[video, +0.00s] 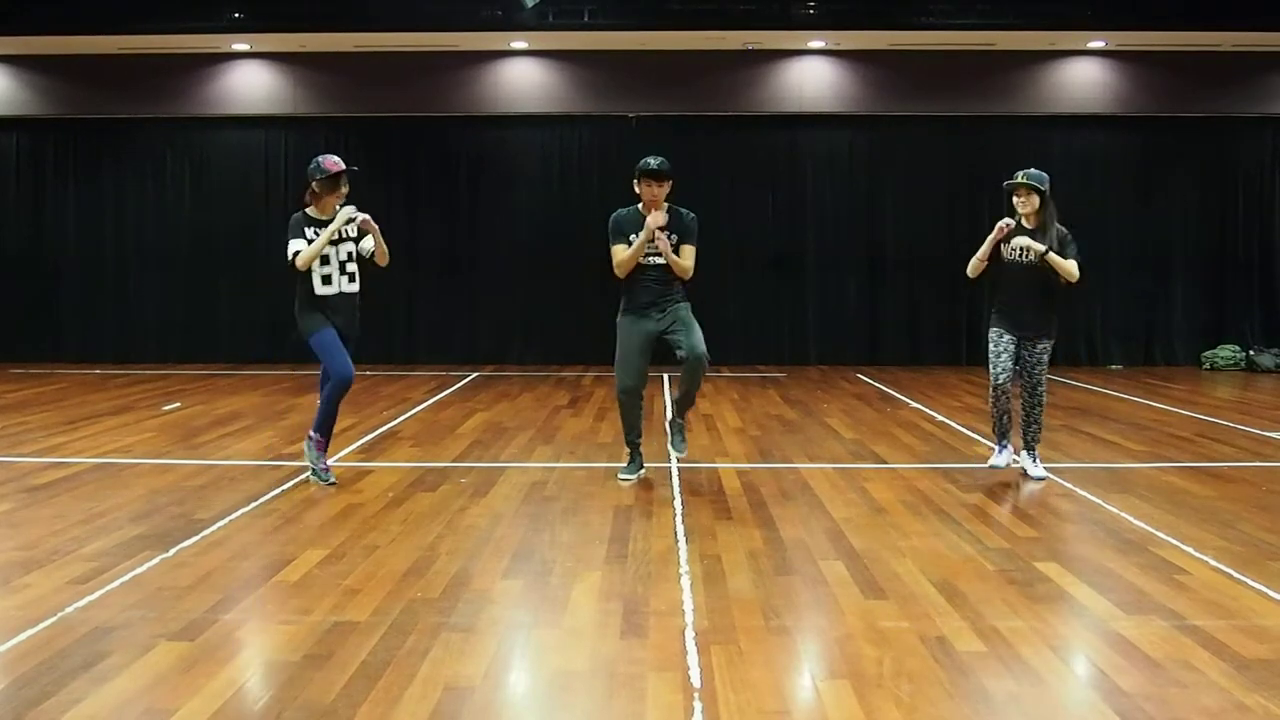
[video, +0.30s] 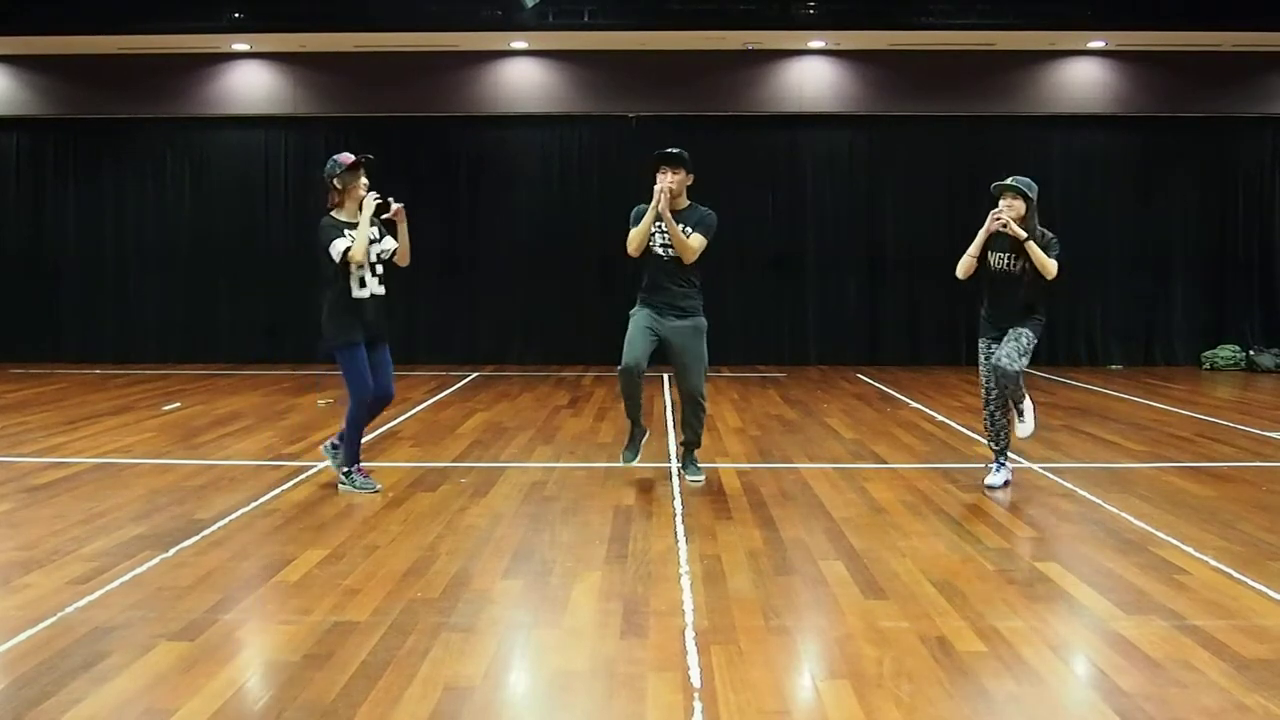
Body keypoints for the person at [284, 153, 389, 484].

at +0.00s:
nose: (341, 190)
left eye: (342, 183)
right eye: (333, 185)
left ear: (347, 184)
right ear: (315, 188)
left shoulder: (353, 219)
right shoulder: (301, 221)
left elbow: (381, 260)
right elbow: (301, 262)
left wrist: (374, 232)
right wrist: (332, 230)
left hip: (347, 313)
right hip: (314, 311)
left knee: (331, 383)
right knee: (343, 374)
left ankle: (319, 455)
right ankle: (316, 439)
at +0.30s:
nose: (365, 182)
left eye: (364, 176)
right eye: (357, 178)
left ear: (363, 182)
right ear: (339, 186)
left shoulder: (372, 222)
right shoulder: (329, 226)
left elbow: (402, 259)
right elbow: (356, 257)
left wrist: (401, 222)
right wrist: (366, 216)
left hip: (373, 317)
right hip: (344, 319)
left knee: (384, 392)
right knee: (362, 393)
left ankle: (339, 444)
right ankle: (350, 468)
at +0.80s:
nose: (416, 173)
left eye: (413, 168)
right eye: (407, 172)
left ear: (415, 176)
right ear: (391, 184)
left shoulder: (430, 215)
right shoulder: (387, 220)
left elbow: (469, 240)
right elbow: (421, 236)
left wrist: (458, 201)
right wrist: (426, 197)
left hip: (437, 314)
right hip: (408, 316)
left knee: (433, 394)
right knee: (433, 390)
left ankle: (421, 472)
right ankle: (387, 447)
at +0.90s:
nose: (422, 170)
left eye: (421, 165)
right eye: (412, 168)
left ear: (427, 173)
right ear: (397, 182)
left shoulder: (444, 213)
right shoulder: (397, 219)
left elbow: (485, 228)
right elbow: (427, 232)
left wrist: (469, 190)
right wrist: (433, 192)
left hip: (447, 312)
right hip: (418, 314)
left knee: (431, 392)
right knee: (450, 387)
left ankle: (422, 470)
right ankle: (424, 463)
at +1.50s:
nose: (515, 180)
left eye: (513, 173)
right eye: (508, 175)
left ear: (495, 182)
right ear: (489, 182)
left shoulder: (503, 220)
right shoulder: (486, 222)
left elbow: (541, 255)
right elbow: (539, 250)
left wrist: (545, 215)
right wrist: (534, 208)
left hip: (531, 321)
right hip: (508, 323)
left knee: (546, 395)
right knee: (505, 403)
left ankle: (533, 477)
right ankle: (465, 476)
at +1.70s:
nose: (545, 179)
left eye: (545, 173)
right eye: (537, 174)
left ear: (543, 177)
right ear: (517, 180)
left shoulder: (545, 218)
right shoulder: (509, 221)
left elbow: (579, 253)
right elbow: (547, 245)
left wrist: (580, 214)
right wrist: (557, 204)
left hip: (557, 317)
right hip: (535, 319)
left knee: (547, 397)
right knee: (575, 392)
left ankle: (535, 476)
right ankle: (528, 458)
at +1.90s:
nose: (574, 175)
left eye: (573, 169)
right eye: (566, 172)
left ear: (572, 175)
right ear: (548, 182)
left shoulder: (581, 214)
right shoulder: (541, 220)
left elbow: (622, 240)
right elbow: (572, 240)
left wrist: (612, 200)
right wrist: (581, 197)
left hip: (583, 320)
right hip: (563, 322)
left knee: (559, 402)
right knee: (594, 397)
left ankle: (533, 477)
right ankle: (598, 484)